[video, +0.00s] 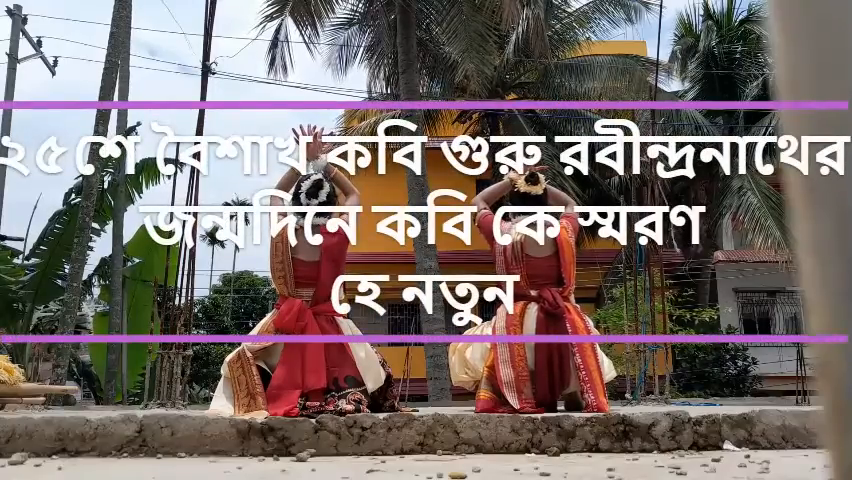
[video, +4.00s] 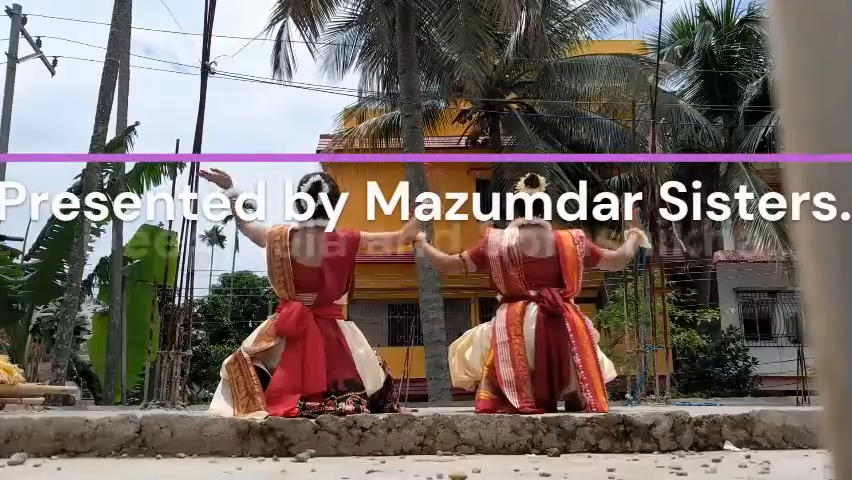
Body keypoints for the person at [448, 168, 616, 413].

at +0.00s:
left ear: (512, 210)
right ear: (545, 207)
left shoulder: (503, 233)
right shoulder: (563, 232)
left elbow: (480, 201)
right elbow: (569, 204)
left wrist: (509, 182)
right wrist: (542, 187)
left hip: (518, 317)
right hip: (561, 316)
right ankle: (573, 392)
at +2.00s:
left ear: (510, 206)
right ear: (544, 204)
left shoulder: (502, 233)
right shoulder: (562, 231)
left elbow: (479, 197)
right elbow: (566, 200)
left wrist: (505, 171)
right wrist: (540, 176)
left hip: (517, 320)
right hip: (562, 319)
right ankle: (575, 395)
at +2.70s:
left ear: (514, 207)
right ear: (546, 207)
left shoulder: (501, 233)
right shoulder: (564, 232)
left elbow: (462, 219)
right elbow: (595, 209)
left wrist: (467, 184)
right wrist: (568, 180)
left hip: (514, 316)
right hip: (559, 315)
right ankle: (579, 397)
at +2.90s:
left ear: (510, 207)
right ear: (544, 207)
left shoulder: (495, 236)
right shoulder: (566, 234)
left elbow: (446, 222)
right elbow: (605, 221)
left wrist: (447, 192)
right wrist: (593, 192)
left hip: (512, 325)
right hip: (561, 323)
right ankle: (575, 394)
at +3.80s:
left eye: (515, 204)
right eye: (537, 202)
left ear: (511, 209)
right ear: (547, 207)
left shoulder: (494, 240)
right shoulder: (569, 238)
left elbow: (442, 252)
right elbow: (619, 245)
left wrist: (426, 226)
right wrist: (616, 216)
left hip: (512, 328)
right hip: (563, 326)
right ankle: (578, 395)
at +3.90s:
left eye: (522, 201)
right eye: (536, 201)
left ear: (511, 206)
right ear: (547, 205)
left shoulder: (493, 240)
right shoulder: (570, 240)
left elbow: (452, 260)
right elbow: (620, 253)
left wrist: (423, 239)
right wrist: (624, 227)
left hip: (511, 330)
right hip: (565, 327)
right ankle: (578, 400)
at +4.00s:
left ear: (512, 207)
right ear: (548, 207)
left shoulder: (495, 241)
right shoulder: (571, 240)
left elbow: (449, 265)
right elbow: (617, 260)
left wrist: (419, 244)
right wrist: (633, 239)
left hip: (513, 330)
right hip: (565, 328)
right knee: (578, 403)